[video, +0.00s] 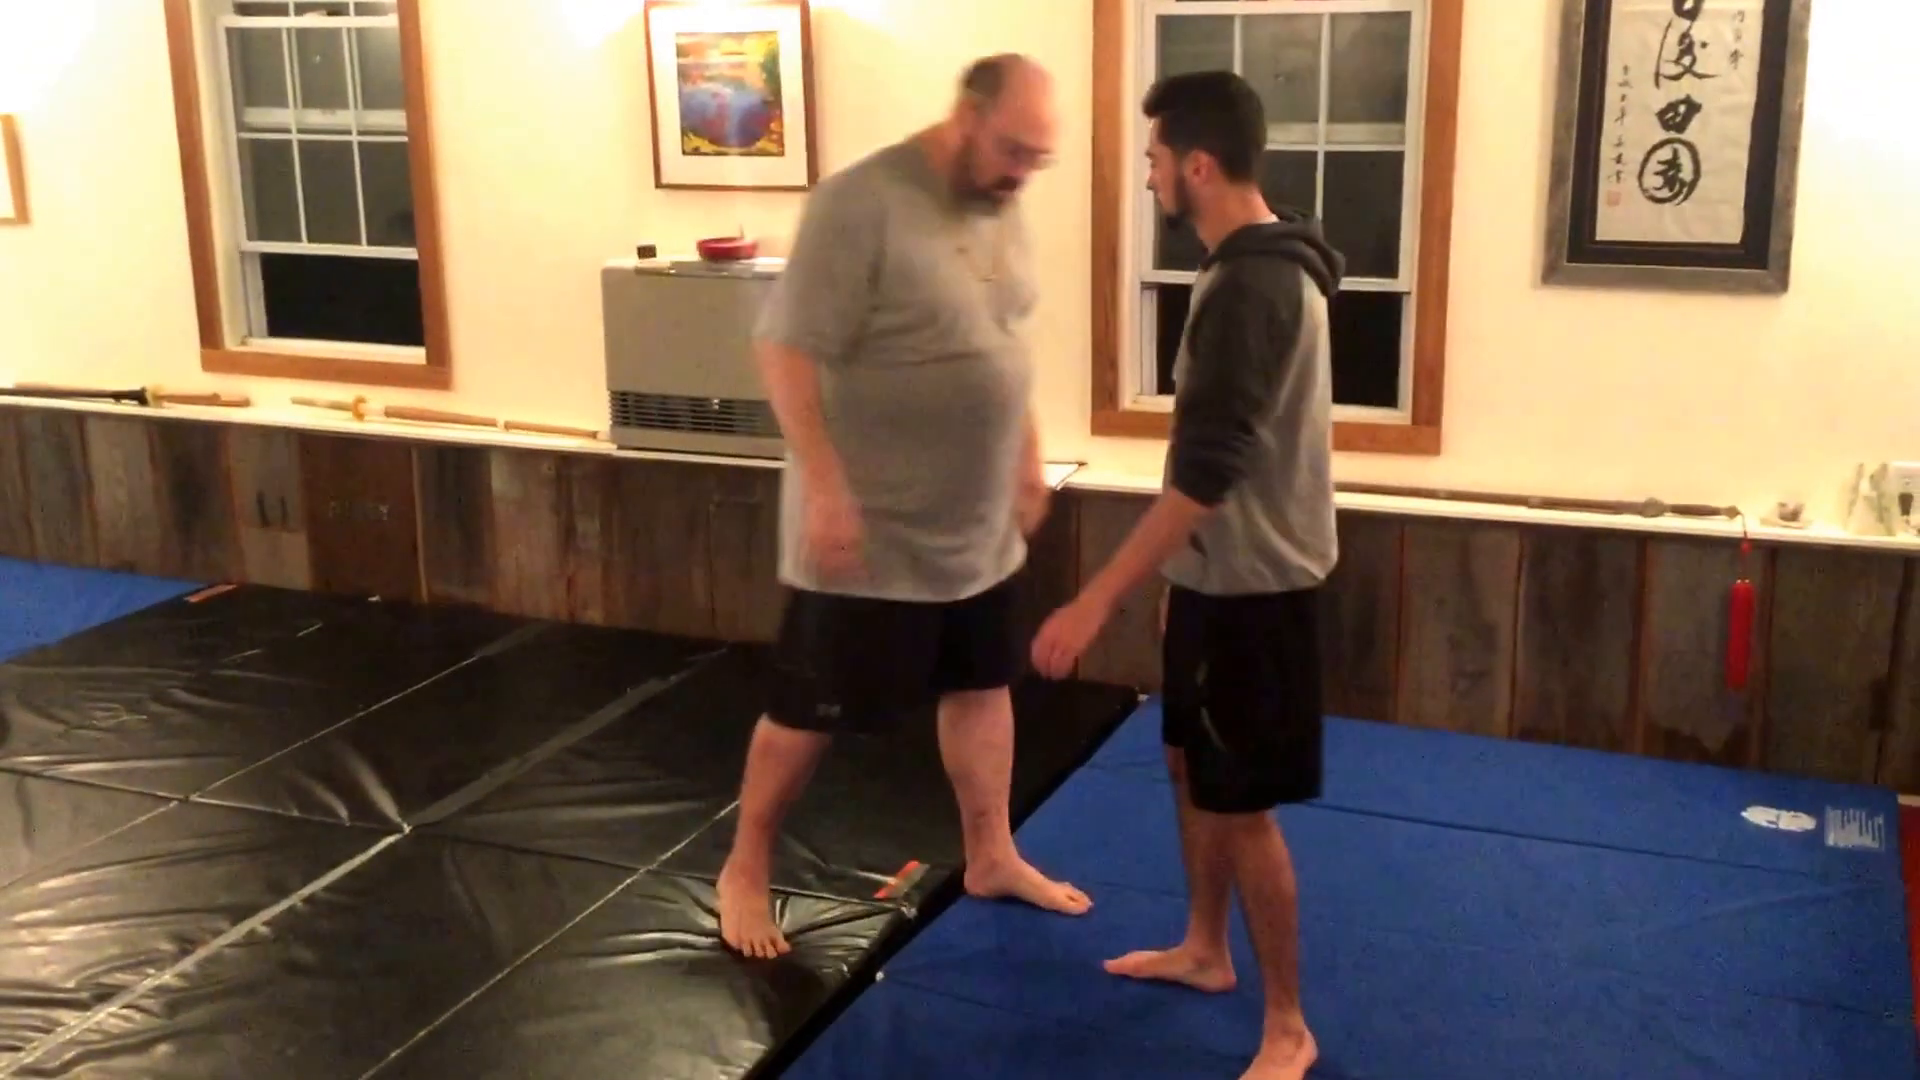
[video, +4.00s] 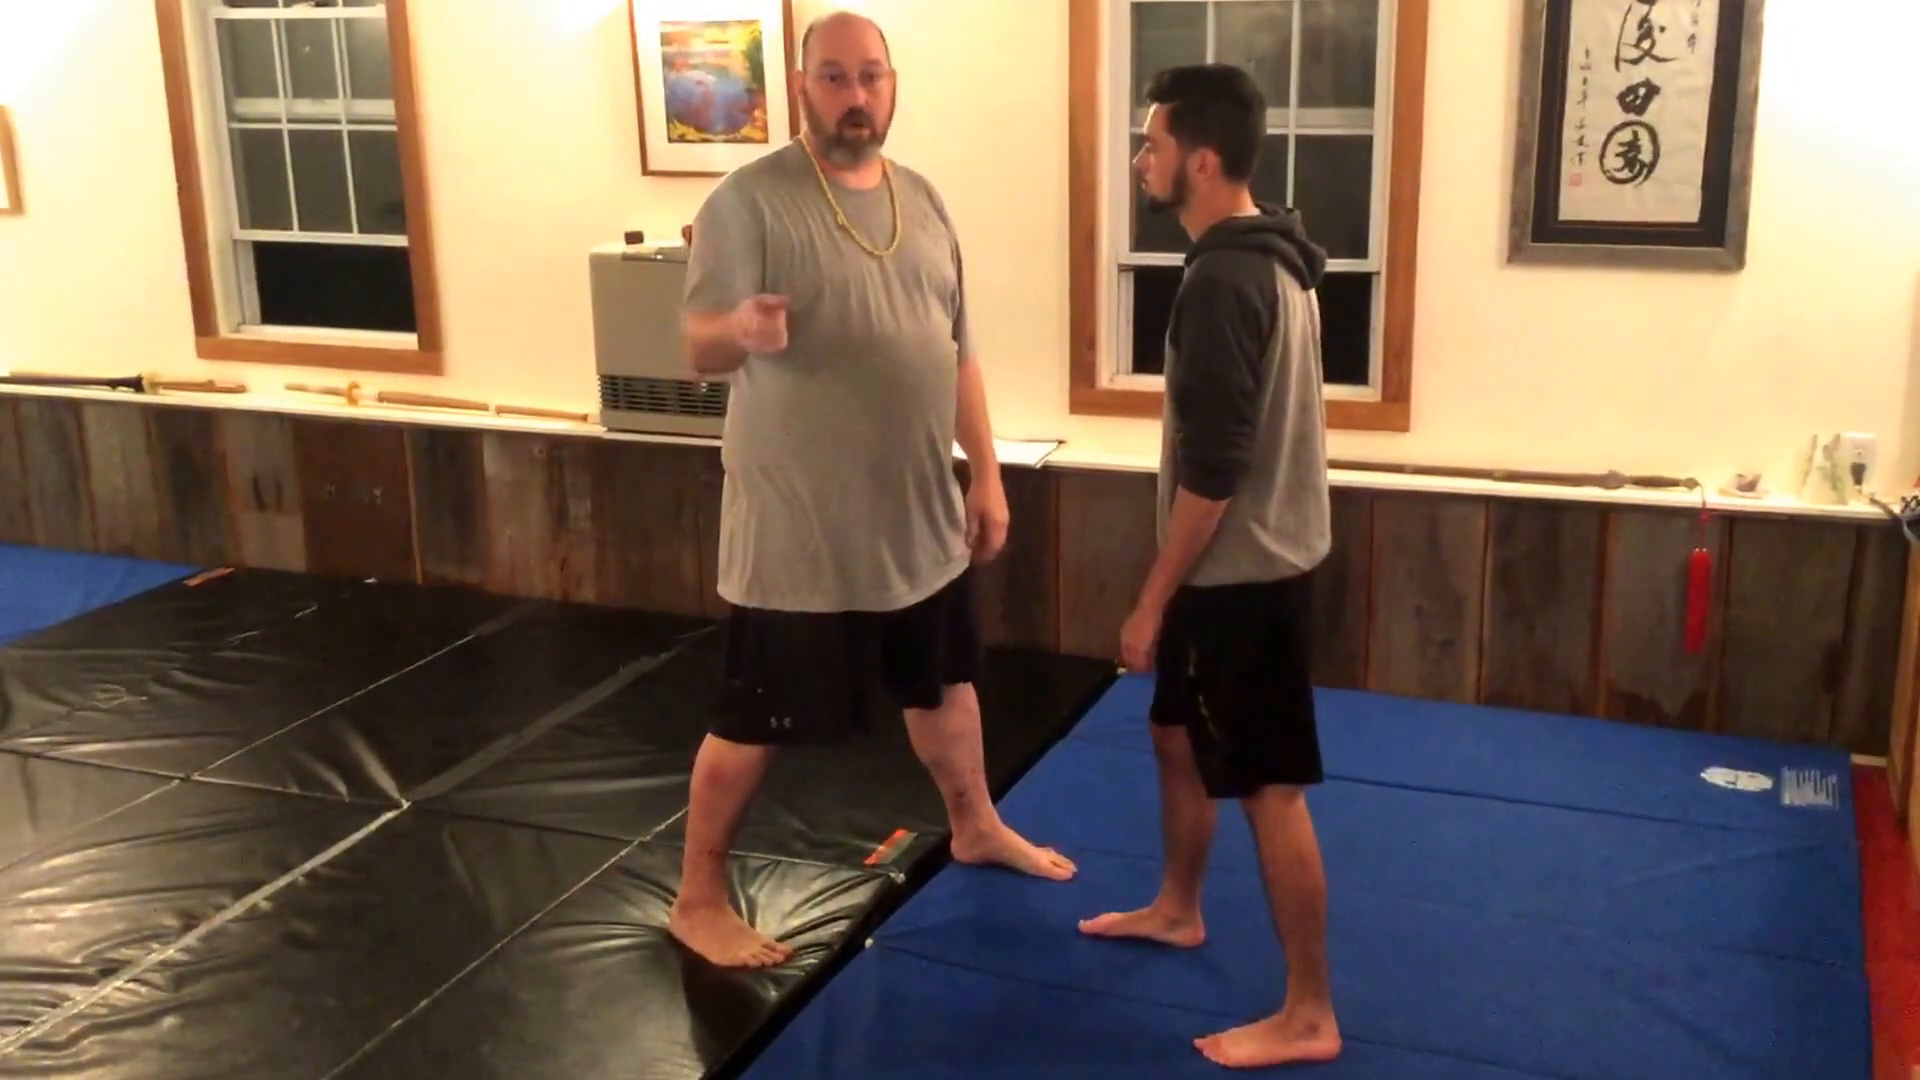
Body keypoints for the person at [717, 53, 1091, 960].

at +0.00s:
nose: (1026, 172)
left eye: (1038, 156)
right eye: (1016, 150)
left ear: (1041, 141)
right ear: (963, 118)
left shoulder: (1001, 205)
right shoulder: (857, 202)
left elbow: (1002, 346)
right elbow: (785, 348)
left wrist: (1027, 458)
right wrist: (825, 486)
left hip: (975, 523)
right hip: (863, 527)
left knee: (982, 686)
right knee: (805, 708)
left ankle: (992, 858)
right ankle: (746, 873)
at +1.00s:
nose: (1064, 195)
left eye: (1079, 180)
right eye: (1055, 173)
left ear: (1082, 167)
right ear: (1004, 134)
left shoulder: (1034, 211)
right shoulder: (904, 199)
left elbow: (1028, 348)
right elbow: (830, 349)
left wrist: (1075, 438)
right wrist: (877, 492)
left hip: (973, 514)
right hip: (857, 513)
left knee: (993, 673)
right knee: (799, 695)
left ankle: (983, 842)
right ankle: (716, 887)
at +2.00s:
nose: (840, 119)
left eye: (856, 100)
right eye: (819, 101)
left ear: (878, 102)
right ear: (780, 103)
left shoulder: (902, 205)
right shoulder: (719, 218)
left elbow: (944, 346)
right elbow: (670, 375)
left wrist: (992, 458)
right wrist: (725, 489)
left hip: (903, 519)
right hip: (784, 537)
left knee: (935, 686)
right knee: (750, 733)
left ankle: (978, 836)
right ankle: (696, 907)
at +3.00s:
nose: (847, 95)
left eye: (861, 76)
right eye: (824, 80)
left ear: (888, 86)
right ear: (792, 94)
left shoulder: (925, 200)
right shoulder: (743, 206)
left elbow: (962, 346)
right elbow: (677, 358)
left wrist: (988, 471)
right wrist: (680, 496)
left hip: (926, 509)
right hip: (794, 523)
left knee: (955, 677)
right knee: (753, 723)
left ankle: (977, 828)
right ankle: (698, 895)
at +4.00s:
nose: (857, 94)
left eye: (872, 76)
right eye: (835, 77)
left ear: (895, 87)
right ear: (799, 89)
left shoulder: (924, 203)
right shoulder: (745, 202)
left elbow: (956, 351)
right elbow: (697, 348)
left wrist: (986, 475)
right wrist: (737, 330)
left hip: (918, 500)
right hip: (792, 511)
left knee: (945, 676)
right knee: (752, 716)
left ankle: (977, 826)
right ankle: (698, 896)